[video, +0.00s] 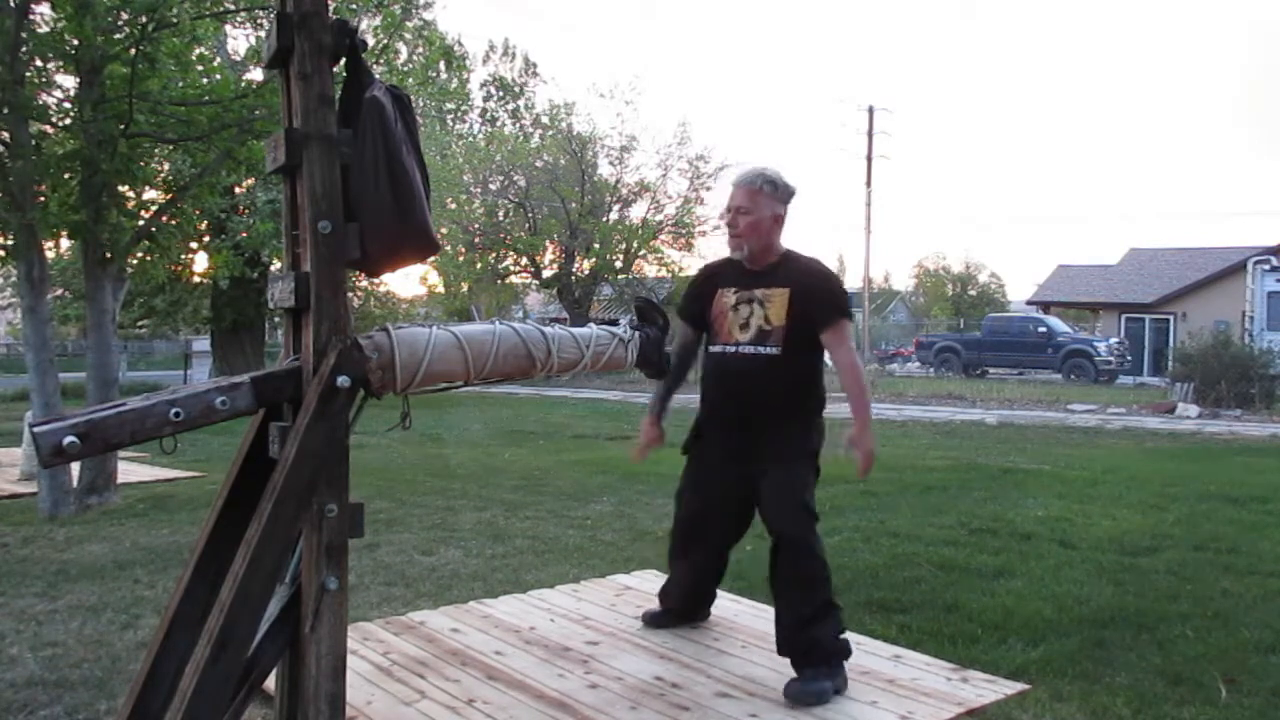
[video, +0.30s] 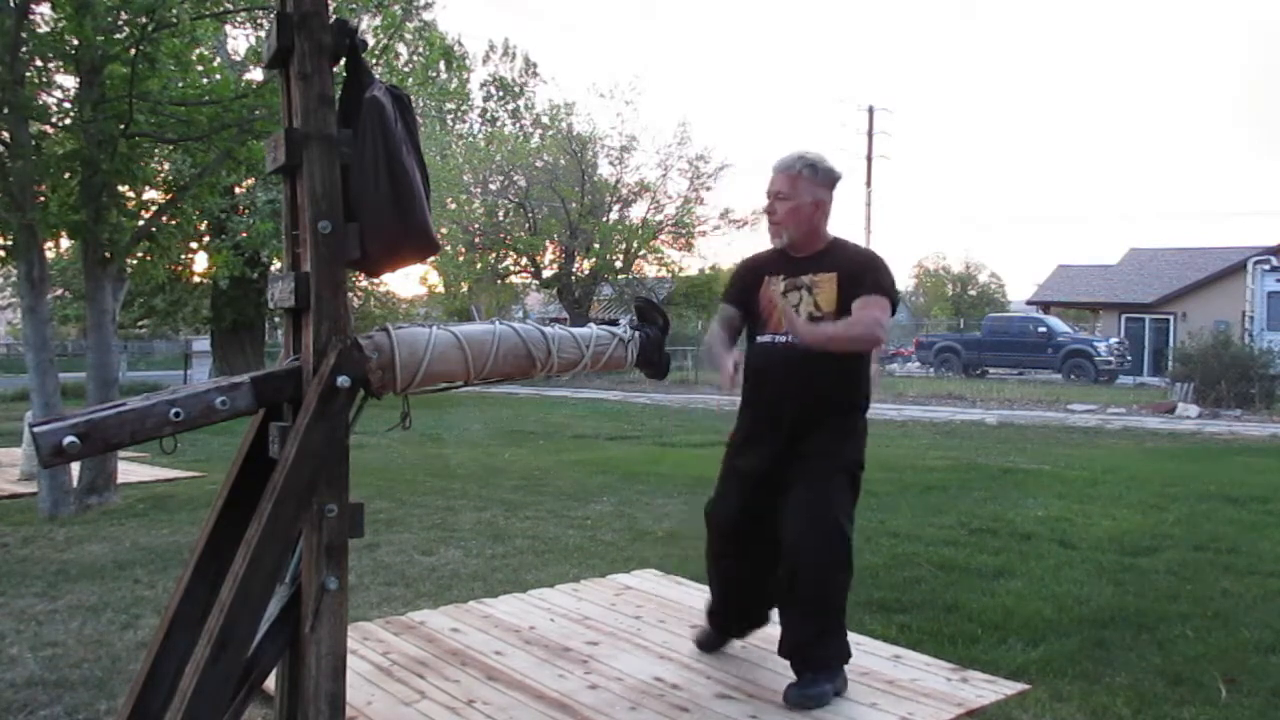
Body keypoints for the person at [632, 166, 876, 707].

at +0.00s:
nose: (732, 223)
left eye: (745, 214)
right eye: (730, 212)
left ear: (779, 217)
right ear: (728, 214)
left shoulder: (813, 281)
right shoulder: (711, 280)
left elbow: (843, 355)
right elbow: (681, 352)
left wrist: (862, 425)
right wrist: (655, 413)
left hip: (788, 436)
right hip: (720, 431)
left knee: (793, 535)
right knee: (697, 521)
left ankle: (820, 662)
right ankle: (686, 603)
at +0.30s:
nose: (769, 209)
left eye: (782, 200)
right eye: (769, 198)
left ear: (821, 204)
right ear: (774, 201)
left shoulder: (862, 267)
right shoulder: (754, 271)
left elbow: (871, 329)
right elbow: (721, 330)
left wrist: (806, 332)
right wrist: (725, 356)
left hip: (830, 432)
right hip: (760, 428)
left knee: (815, 535)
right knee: (730, 519)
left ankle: (821, 666)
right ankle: (734, 613)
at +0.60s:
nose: (789, 199)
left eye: (800, 190)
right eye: (789, 189)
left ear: (840, 194)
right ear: (797, 192)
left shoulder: (873, 257)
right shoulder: (789, 250)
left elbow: (805, 305)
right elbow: (730, 267)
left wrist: (748, 278)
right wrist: (674, 233)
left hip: (829, 425)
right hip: (768, 405)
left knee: (807, 544)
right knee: (702, 379)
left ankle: (822, 667)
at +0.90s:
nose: (798, 201)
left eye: (809, 190)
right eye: (797, 190)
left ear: (849, 193)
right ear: (801, 192)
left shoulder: (876, 254)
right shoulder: (801, 249)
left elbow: (802, 302)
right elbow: (729, 250)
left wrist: (753, 275)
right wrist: (655, 232)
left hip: (821, 425)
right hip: (764, 392)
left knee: (804, 542)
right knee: (675, 364)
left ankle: (822, 666)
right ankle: (546, 358)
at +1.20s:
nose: (800, 199)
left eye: (812, 189)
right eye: (800, 188)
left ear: (852, 192)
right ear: (812, 190)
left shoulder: (879, 254)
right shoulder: (806, 252)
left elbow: (803, 302)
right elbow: (735, 255)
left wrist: (751, 278)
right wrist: (668, 232)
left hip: (829, 425)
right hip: (776, 397)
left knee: (808, 540)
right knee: (699, 362)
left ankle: (823, 666)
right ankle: (582, 404)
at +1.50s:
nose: (792, 199)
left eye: (802, 188)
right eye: (791, 188)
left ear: (841, 189)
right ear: (824, 191)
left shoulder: (874, 255)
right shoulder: (793, 261)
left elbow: (854, 323)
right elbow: (765, 315)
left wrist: (769, 323)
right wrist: (738, 312)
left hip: (834, 426)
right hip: (772, 403)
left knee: (805, 536)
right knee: (695, 425)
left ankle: (823, 664)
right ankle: (754, 534)